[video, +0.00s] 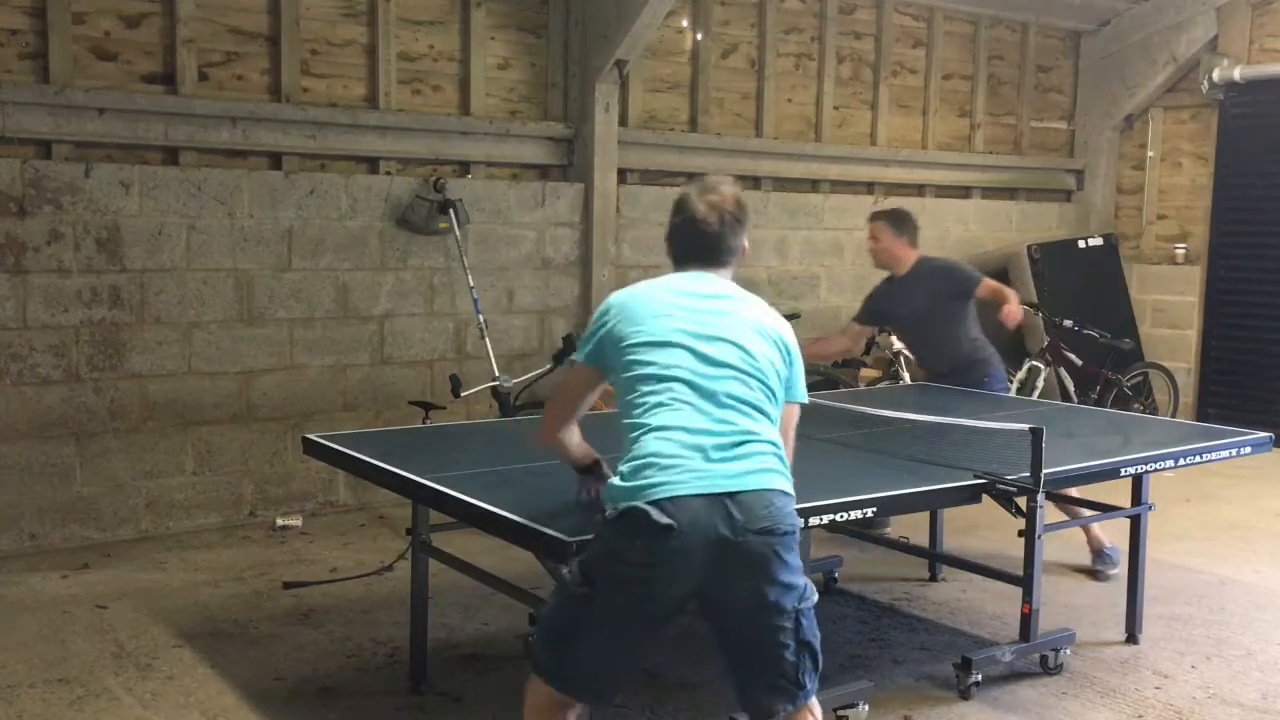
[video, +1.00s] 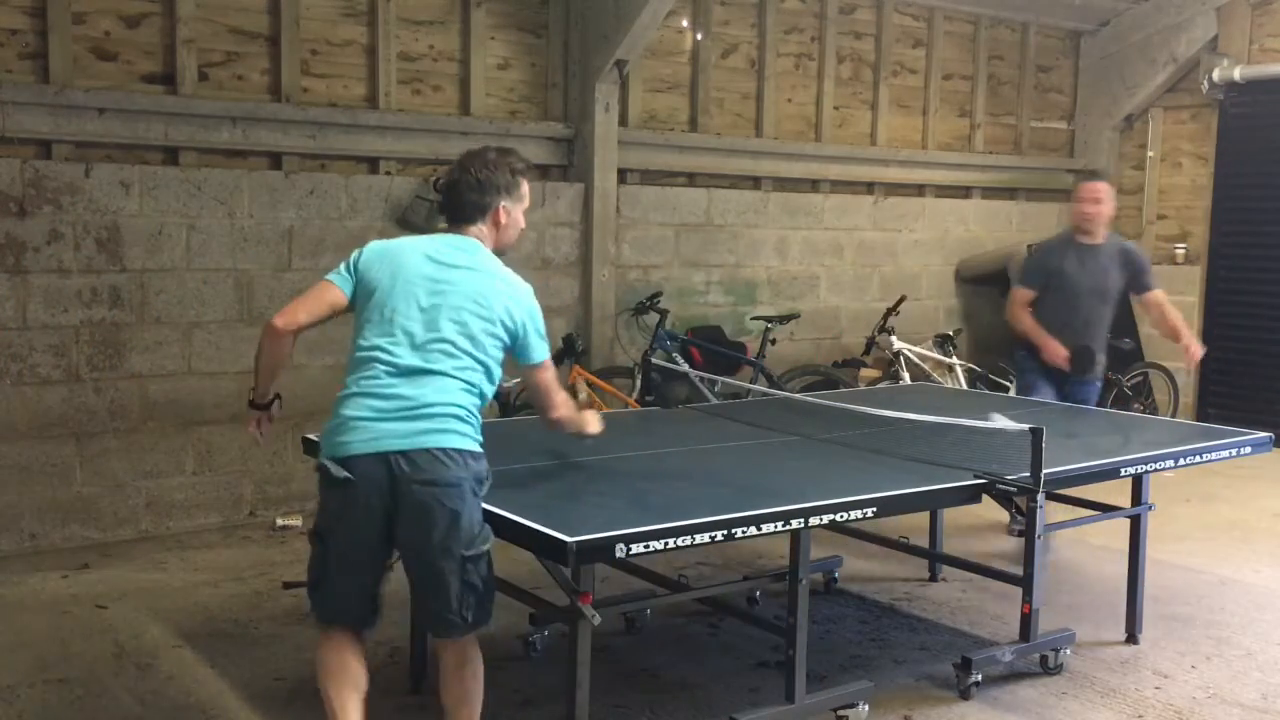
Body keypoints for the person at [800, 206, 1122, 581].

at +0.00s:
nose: (869, 246)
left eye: (875, 239)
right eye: (869, 239)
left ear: (901, 240)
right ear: (892, 241)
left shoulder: (944, 273)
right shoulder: (882, 297)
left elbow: (1002, 292)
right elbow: (847, 341)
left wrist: (1012, 305)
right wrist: (789, 351)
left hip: (984, 379)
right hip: (939, 387)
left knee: (1025, 460)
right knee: (898, 438)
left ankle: (1094, 536)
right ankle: (882, 508)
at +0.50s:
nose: (867, 227)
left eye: (874, 218)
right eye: (864, 221)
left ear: (897, 219)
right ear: (865, 226)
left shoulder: (934, 253)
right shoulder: (872, 278)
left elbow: (991, 278)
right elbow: (847, 335)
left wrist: (1013, 308)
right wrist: (825, 347)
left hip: (965, 366)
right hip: (923, 373)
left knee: (979, 445)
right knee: (892, 436)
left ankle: (1051, 507)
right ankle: (880, 513)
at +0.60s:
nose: (894, 223)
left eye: (902, 215)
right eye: (890, 217)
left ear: (923, 217)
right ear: (887, 224)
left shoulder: (957, 254)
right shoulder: (892, 276)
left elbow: (1012, 281)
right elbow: (871, 329)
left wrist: (1054, 307)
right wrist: (856, 342)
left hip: (978, 370)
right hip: (934, 374)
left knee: (987, 441)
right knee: (900, 435)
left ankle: (1038, 497)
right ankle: (879, 513)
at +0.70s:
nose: (932, 215)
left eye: (939, 207)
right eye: (927, 210)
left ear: (961, 209)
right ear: (923, 217)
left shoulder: (992, 247)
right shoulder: (923, 270)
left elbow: (1046, 277)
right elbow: (907, 319)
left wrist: (1098, 305)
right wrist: (901, 338)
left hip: (1001, 373)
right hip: (951, 373)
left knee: (1007, 444)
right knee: (909, 431)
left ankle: (1021, 509)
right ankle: (882, 510)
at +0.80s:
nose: (979, 207)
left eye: (987, 198)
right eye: (973, 200)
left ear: (1007, 202)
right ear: (968, 207)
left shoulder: (1039, 244)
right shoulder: (963, 260)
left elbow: (1088, 277)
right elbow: (947, 313)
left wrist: (1137, 308)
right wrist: (957, 339)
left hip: (1027, 376)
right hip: (976, 375)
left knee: (1026, 448)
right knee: (936, 435)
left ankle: (1022, 512)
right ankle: (886, 506)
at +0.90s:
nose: (1030, 206)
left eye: (1039, 198)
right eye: (1025, 199)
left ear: (1059, 205)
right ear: (1018, 205)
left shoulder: (1082, 251)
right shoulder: (1005, 257)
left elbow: (1123, 296)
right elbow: (987, 317)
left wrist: (1164, 338)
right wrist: (1008, 345)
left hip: (1058, 376)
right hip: (1009, 373)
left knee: (1051, 449)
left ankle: (1030, 511)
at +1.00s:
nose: (1088, 209)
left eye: (1097, 202)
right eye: (1082, 201)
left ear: (1113, 209)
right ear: (1072, 207)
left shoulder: (1126, 257)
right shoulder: (1048, 253)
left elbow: (1156, 305)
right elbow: (1016, 308)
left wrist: (1185, 337)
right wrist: (1046, 343)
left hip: (1087, 373)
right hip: (1040, 367)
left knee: (1072, 448)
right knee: (1036, 440)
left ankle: (1030, 508)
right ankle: (1025, 509)